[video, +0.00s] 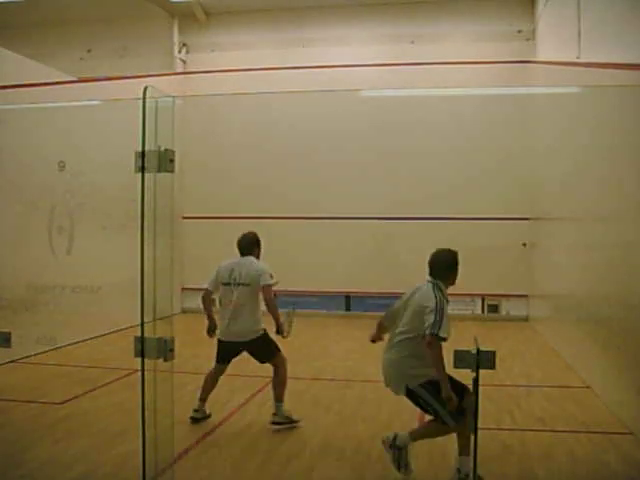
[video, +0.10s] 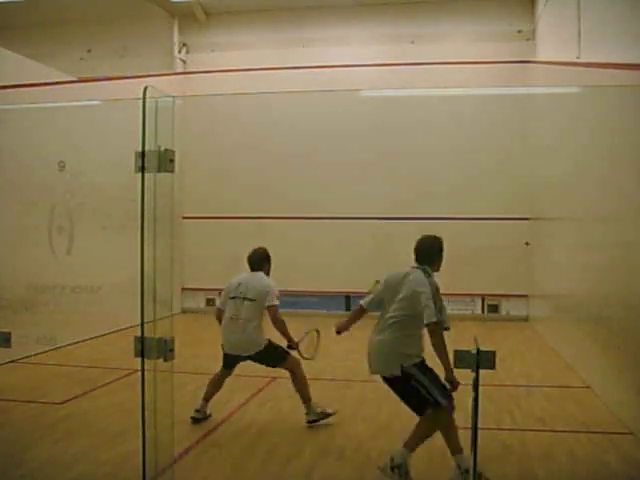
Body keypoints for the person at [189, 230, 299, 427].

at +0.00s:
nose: (261, 251)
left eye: (260, 247)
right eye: (260, 247)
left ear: (239, 250)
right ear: (257, 248)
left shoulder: (224, 268)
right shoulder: (260, 269)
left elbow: (206, 296)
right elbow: (269, 298)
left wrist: (210, 320)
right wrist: (278, 323)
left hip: (227, 334)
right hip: (253, 334)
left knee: (217, 369)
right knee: (280, 363)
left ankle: (199, 408)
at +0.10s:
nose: (270, 267)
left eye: (269, 263)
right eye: (270, 263)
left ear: (250, 264)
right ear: (267, 264)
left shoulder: (235, 282)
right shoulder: (267, 284)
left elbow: (219, 313)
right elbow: (275, 317)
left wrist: (228, 334)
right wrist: (289, 339)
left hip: (230, 344)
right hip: (254, 343)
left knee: (223, 372)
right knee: (294, 365)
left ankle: (201, 408)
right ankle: (310, 409)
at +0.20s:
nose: (291, 263)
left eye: (290, 259)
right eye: (290, 260)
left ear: (269, 260)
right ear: (286, 261)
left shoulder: (255, 279)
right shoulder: (286, 283)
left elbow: (244, 310)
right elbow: (291, 317)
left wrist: (259, 325)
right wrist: (306, 339)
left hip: (251, 343)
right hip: (276, 344)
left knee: (233, 373)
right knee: (312, 367)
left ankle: (206, 407)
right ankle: (323, 412)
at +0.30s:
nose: (313, 251)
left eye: (312, 247)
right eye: (312, 247)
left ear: (292, 248)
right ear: (309, 248)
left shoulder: (278, 267)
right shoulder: (306, 270)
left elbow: (269, 299)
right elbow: (310, 304)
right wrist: (327, 330)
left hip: (274, 334)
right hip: (298, 334)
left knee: (258, 371)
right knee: (329, 364)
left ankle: (232, 409)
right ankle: (326, 412)